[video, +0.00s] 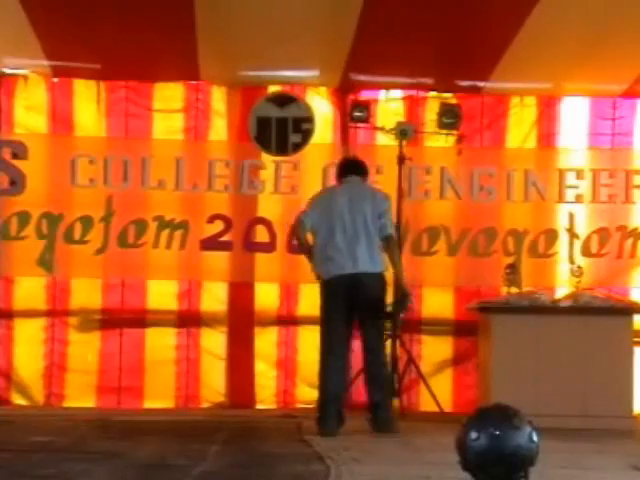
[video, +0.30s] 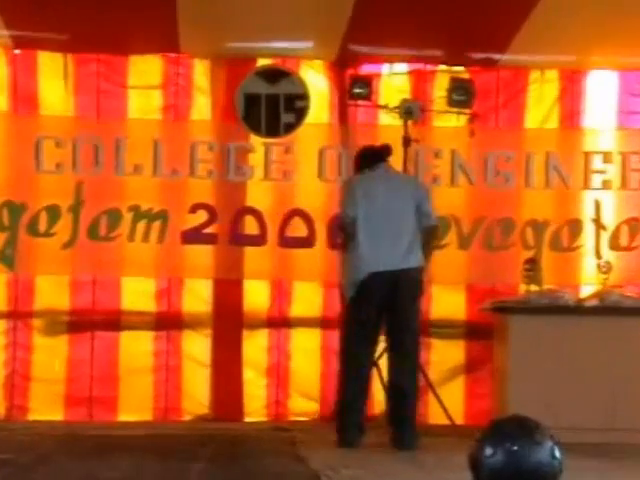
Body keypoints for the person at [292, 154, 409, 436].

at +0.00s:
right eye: (362, 176)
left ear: (338, 177)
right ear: (365, 176)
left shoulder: (325, 197)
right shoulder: (378, 198)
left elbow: (298, 228)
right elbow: (389, 239)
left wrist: (312, 254)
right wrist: (400, 281)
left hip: (335, 281)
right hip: (371, 279)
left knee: (334, 350)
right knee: (375, 349)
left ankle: (330, 418)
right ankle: (382, 416)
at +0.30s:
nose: (358, 176)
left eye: (358, 170)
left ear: (361, 166)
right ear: (387, 161)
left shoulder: (356, 184)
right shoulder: (412, 184)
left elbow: (349, 223)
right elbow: (429, 223)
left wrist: (349, 243)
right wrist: (417, 250)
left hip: (369, 272)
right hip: (408, 272)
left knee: (357, 355)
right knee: (404, 353)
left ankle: (350, 429)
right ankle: (405, 432)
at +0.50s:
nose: (351, 184)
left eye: (350, 177)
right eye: (348, 178)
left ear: (357, 169)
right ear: (372, 162)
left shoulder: (380, 185)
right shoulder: (395, 186)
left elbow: (399, 216)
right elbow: (416, 230)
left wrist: (370, 259)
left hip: (388, 274)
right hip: (412, 273)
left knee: (357, 353)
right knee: (399, 355)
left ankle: (345, 424)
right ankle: (398, 429)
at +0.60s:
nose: (353, 181)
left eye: (354, 173)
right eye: (349, 175)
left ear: (368, 165)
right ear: (362, 170)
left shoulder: (395, 185)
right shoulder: (378, 194)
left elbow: (422, 221)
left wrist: (395, 258)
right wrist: (386, 263)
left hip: (402, 285)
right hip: (393, 285)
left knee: (361, 353)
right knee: (392, 358)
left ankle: (356, 424)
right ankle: (399, 430)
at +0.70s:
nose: (361, 176)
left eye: (364, 169)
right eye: (358, 170)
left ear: (379, 163)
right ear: (361, 169)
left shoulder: (408, 185)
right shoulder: (376, 194)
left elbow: (440, 223)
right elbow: (373, 225)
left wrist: (417, 263)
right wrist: (360, 245)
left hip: (409, 285)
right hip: (387, 283)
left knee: (389, 354)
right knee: (378, 354)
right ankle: (397, 425)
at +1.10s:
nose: (408, 174)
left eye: (414, 167)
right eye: (403, 167)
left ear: (424, 164)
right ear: (395, 165)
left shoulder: (444, 193)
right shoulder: (380, 195)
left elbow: (461, 235)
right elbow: (369, 240)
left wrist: (453, 272)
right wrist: (362, 280)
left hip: (425, 285)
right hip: (386, 282)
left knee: (424, 362)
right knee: (357, 344)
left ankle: (421, 433)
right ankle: (351, 415)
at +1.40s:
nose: (416, 177)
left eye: (422, 170)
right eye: (412, 170)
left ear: (431, 167)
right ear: (402, 165)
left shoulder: (447, 191)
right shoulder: (385, 191)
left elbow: (468, 228)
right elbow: (376, 237)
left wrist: (456, 270)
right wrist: (374, 276)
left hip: (427, 285)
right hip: (389, 283)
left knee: (425, 360)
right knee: (377, 354)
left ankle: (422, 430)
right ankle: (380, 425)